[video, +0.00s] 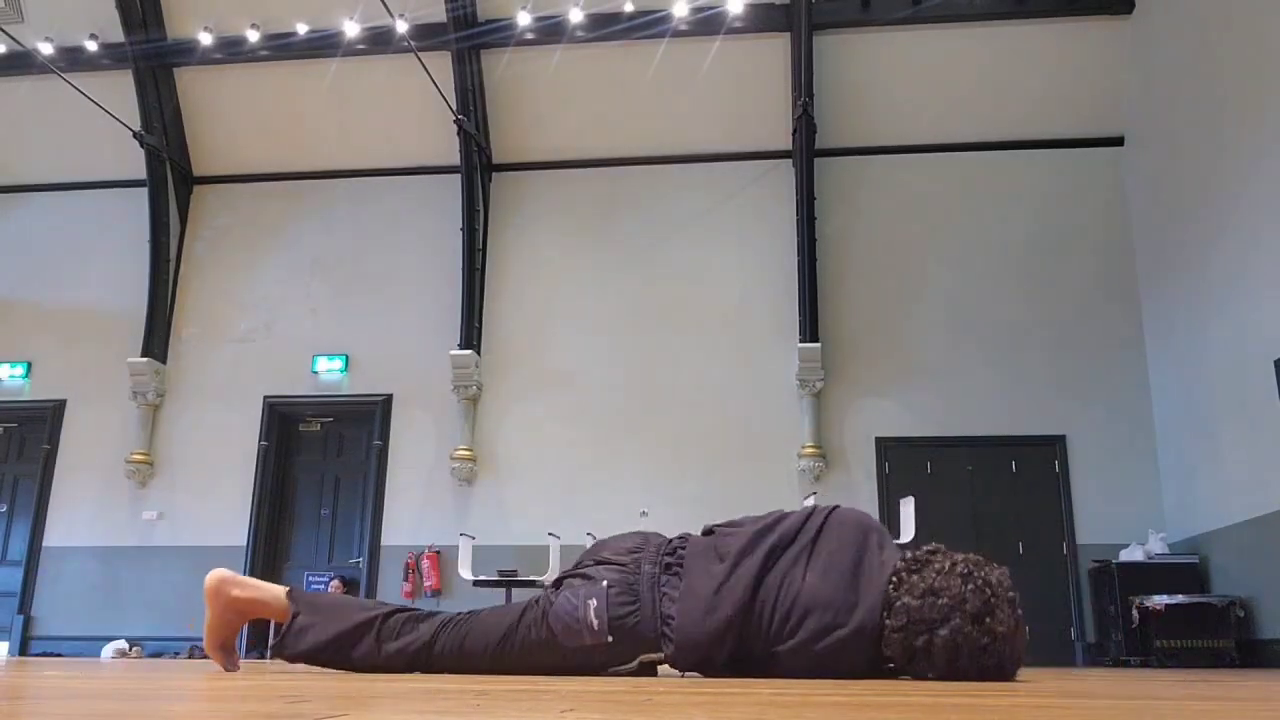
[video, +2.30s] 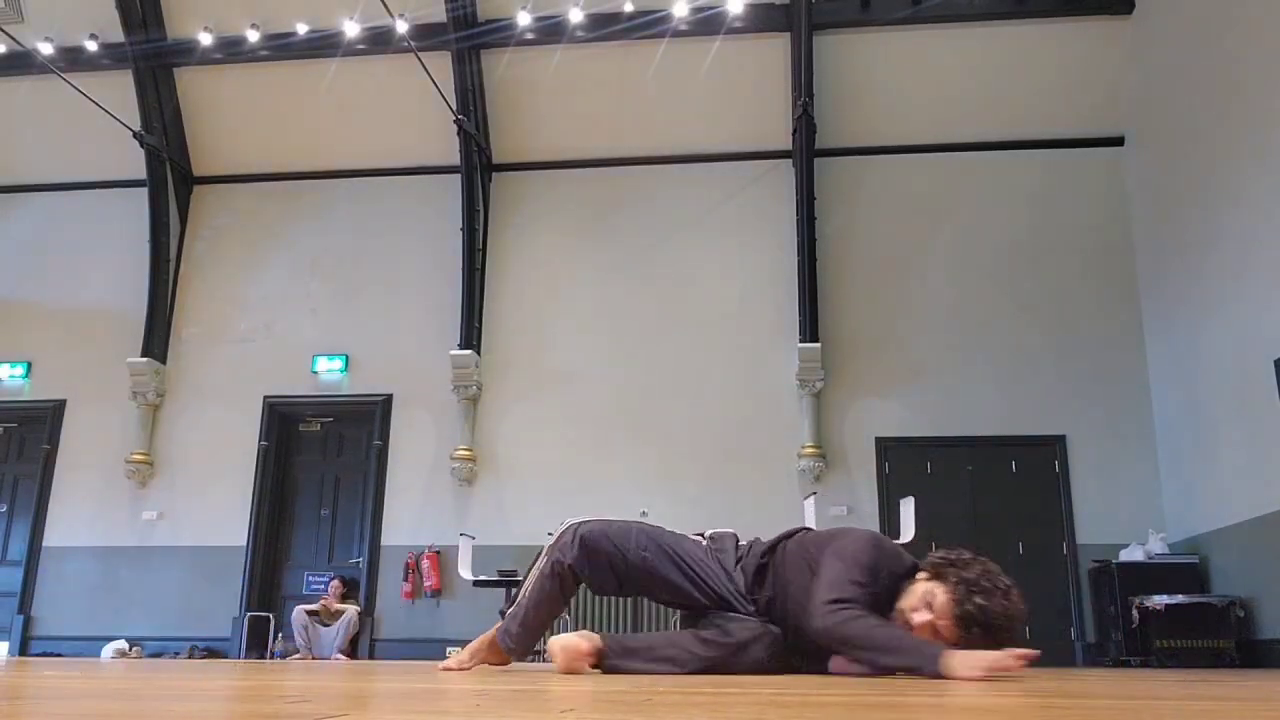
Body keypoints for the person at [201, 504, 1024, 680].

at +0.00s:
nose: (964, 677)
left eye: (978, 664)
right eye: (968, 668)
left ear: (935, 566)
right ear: (937, 647)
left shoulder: (857, 527)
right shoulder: (849, 643)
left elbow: (748, 543)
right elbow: (747, 671)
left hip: (631, 558)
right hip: (611, 623)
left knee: (453, 629)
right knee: (433, 639)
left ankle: (289, 609)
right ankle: (262, 607)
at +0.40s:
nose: (955, 680)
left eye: (972, 671)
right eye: (956, 669)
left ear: (938, 614)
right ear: (921, 636)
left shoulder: (893, 592)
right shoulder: (849, 622)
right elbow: (716, 642)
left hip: (655, 602)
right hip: (629, 617)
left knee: (474, 639)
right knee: (444, 646)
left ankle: (323, 610)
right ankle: (278, 597)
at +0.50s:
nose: (950, 668)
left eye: (966, 661)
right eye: (958, 657)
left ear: (934, 598)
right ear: (931, 623)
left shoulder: (872, 588)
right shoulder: (854, 617)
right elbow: (750, 664)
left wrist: (897, 657)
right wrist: (886, 673)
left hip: (650, 601)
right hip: (637, 616)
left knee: (481, 642)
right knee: (460, 650)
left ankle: (324, 612)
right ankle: (292, 606)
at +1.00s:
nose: (939, 645)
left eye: (952, 641)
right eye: (940, 627)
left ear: (948, 619)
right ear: (912, 589)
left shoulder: (879, 598)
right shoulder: (829, 588)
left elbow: (781, 655)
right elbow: (712, 660)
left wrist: (857, 654)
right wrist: (831, 666)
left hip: (674, 617)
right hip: (649, 589)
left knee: (525, 654)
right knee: (501, 659)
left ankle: (410, 644)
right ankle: (390, 646)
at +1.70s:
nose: (854, 615)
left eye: (872, 622)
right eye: (863, 598)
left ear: (890, 637)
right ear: (859, 565)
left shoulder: (846, 630)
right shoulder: (782, 558)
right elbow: (719, 652)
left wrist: (866, 657)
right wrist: (828, 662)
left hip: (693, 648)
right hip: (682, 584)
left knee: (595, 656)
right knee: (576, 621)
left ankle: (527, 645)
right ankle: (503, 651)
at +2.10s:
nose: (874, 615)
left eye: (895, 627)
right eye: (886, 598)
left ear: (918, 642)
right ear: (890, 565)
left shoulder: (904, 637)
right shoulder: (817, 554)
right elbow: (756, 635)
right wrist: (838, 660)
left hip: (739, 635)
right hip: (710, 573)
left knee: (689, 639)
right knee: (590, 540)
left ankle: (613, 649)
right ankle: (507, 641)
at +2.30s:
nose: (915, 625)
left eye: (934, 633)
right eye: (924, 609)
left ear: (952, 647)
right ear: (922, 577)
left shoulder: (918, 639)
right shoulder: (861, 555)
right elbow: (823, 618)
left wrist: (861, 661)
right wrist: (941, 662)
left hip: (764, 631)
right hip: (732, 569)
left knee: (757, 643)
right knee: (580, 541)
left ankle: (600, 652)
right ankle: (509, 639)